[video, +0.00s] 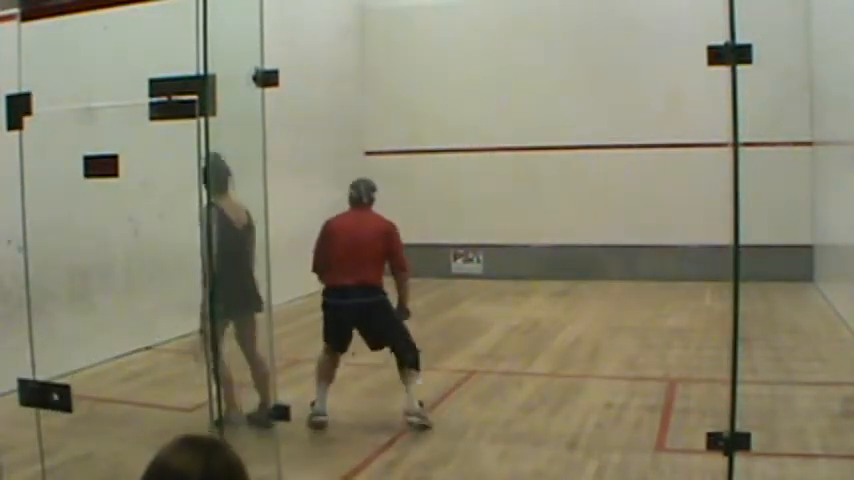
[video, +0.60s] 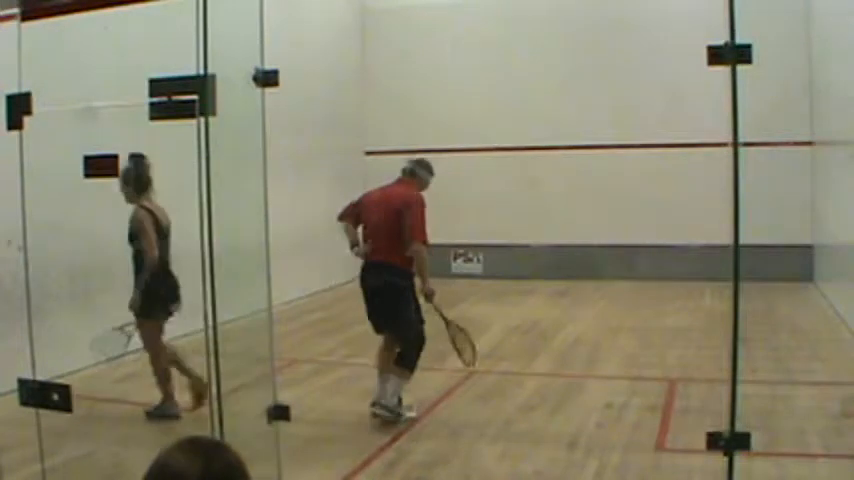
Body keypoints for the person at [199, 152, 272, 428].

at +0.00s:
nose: (205, 185)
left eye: (205, 180)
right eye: (208, 179)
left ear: (206, 182)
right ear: (228, 178)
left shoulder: (212, 215)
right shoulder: (244, 213)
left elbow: (210, 262)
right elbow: (249, 258)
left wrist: (205, 301)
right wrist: (246, 284)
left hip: (221, 294)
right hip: (246, 290)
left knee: (213, 352)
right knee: (251, 349)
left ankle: (232, 407)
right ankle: (266, 404)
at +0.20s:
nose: (188, 192)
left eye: (189, 186)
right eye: (190, 186)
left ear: (191, 188)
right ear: (212, 183)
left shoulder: (197, 216)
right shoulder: (227, 215)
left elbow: (204, 257)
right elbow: (230, 258)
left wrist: (202, 294)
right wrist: (222, 284)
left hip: (206, 292)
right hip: (233, 290)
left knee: (194, 344)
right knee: (244, 345)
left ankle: (196, 405)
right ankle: (265, 404)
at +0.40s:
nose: (157, 196)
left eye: (157, 192)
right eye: (159, 191)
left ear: (159, 193)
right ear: (182, 189)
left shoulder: (171, 219)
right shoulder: (192, 215)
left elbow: (186, 255)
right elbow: (199, 255)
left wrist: (193, 297)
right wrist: (201, 289)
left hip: (181, 295)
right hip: (205, 291)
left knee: (169, 345)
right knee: (223, 346)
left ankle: (171, 401)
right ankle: (259, 399)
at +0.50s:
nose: (139, 195)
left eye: (140, 190)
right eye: (139, 190)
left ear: (145, 190)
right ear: (164, 187)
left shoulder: (155, 217)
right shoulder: (176, 215)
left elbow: (169, 256)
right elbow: (179, 258)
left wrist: (167, 297)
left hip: (163, 294)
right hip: (185, 290)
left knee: (159, 346)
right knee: (189, 345)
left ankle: (168, 401)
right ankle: (238, 387)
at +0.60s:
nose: (121, 189)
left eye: (123, 184)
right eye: (121, 184)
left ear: (130, 186)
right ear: (146, 183)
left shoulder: (141, 214)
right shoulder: (156, 210)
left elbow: (151, 256)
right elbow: (161, 255)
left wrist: (138, 292)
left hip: (151, 286)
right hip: (164, 283)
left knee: (153, 345)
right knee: (155, 343)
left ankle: (168, 399)